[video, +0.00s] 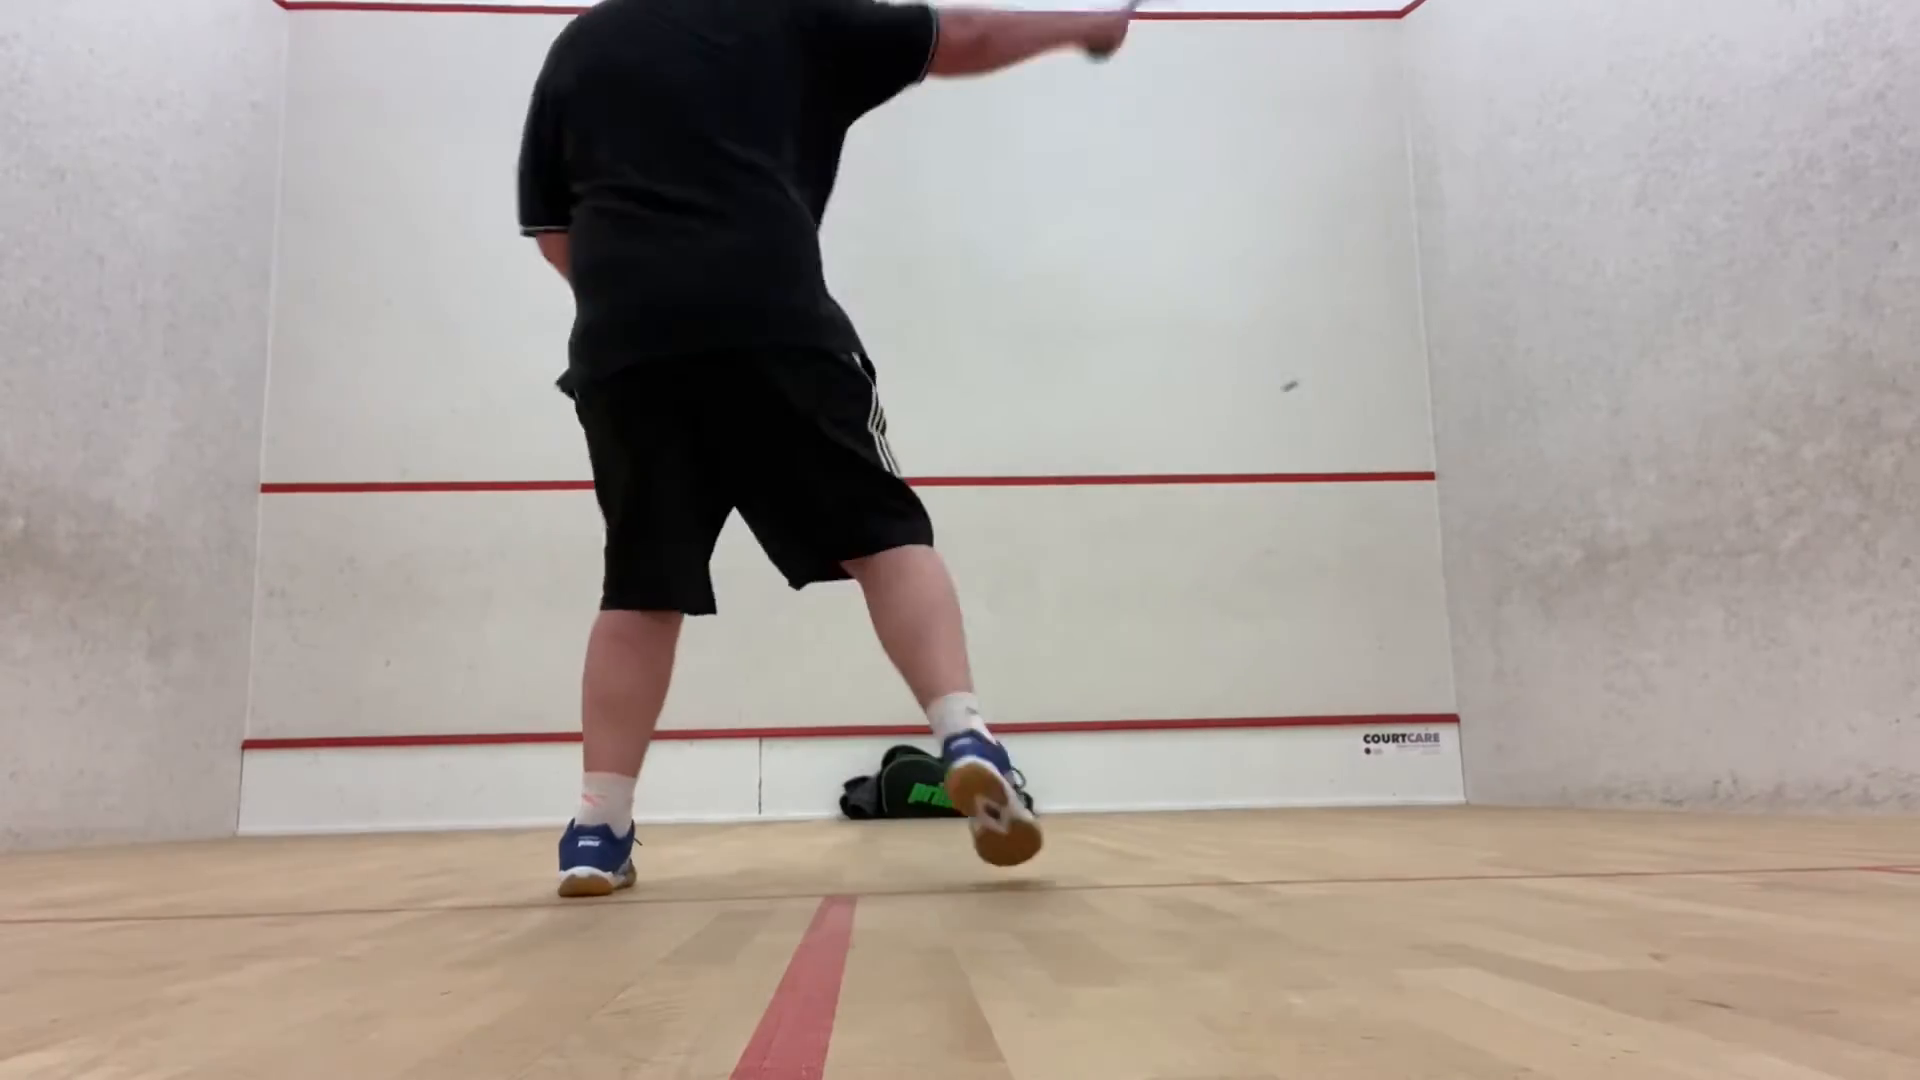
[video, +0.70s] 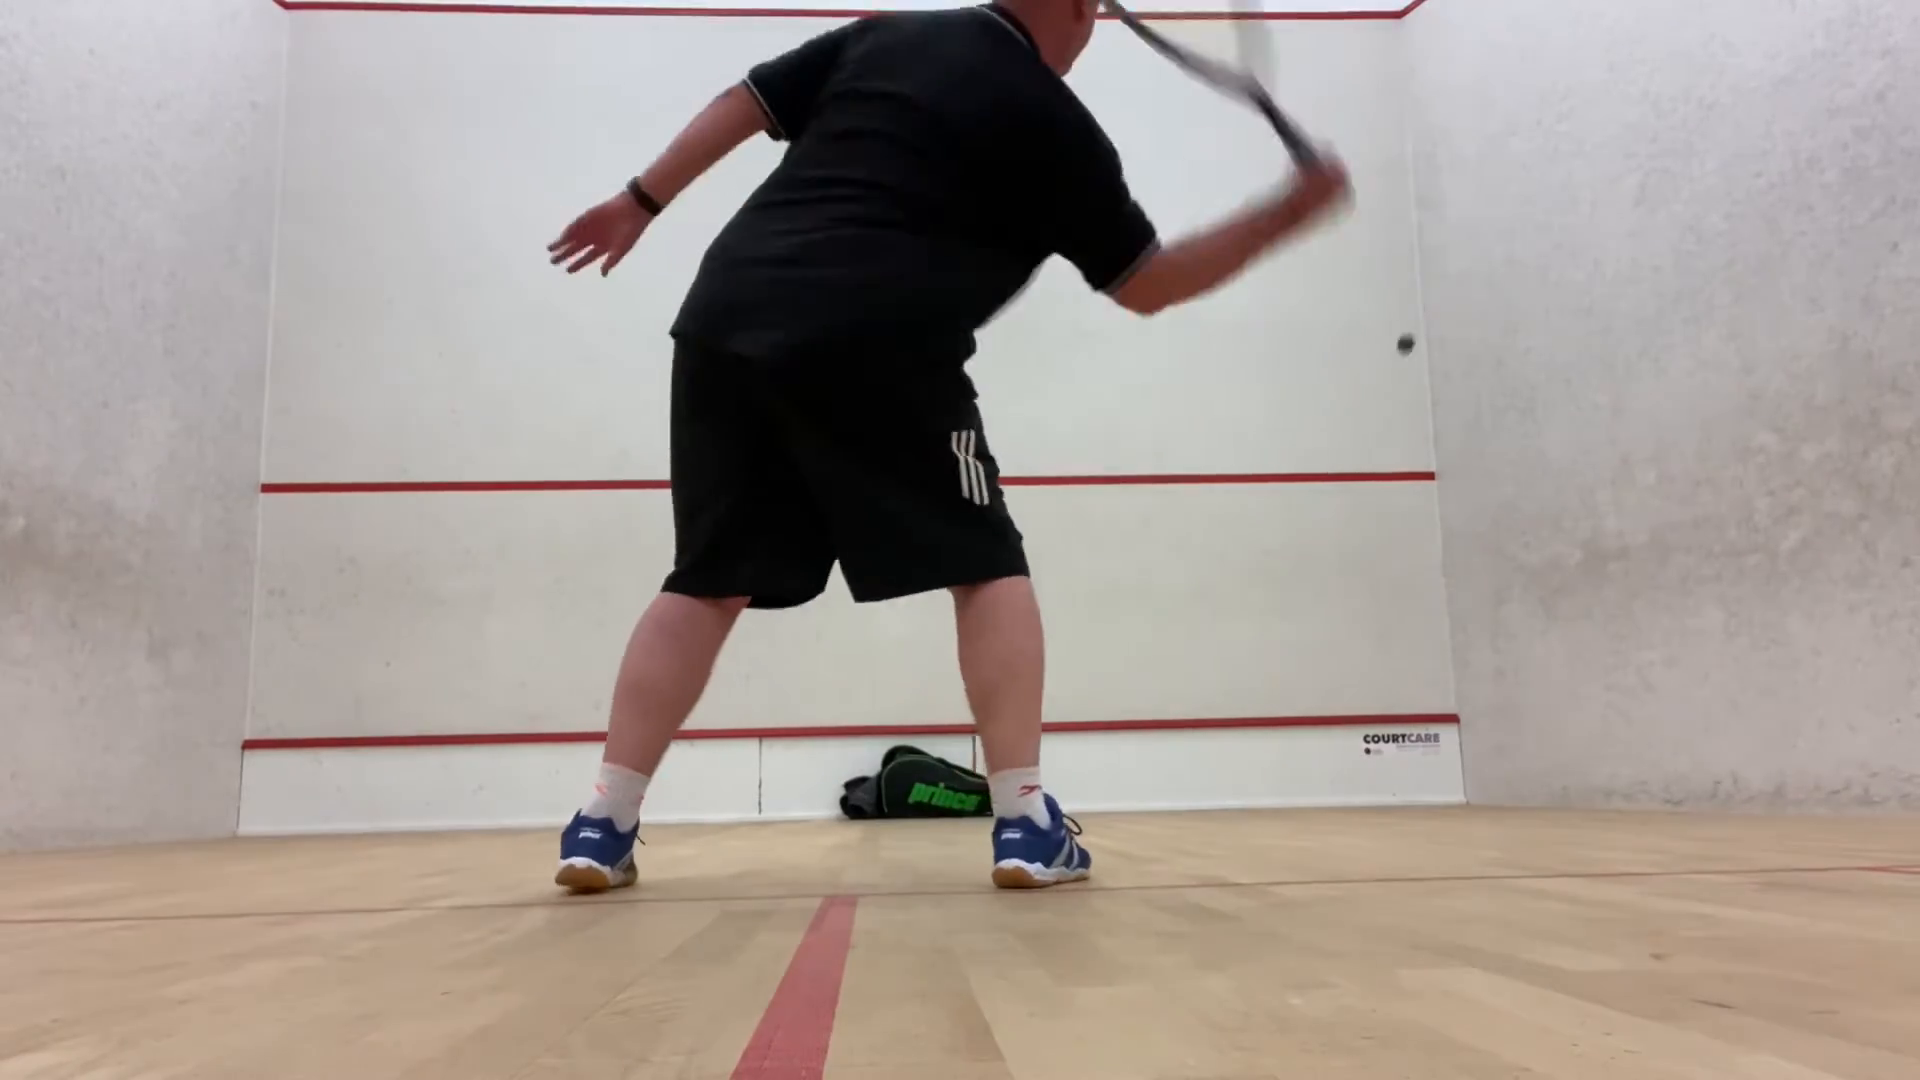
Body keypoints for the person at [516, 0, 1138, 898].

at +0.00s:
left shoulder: (581, 41)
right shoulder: (796, 16)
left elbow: (555, 232)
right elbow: (960, 41)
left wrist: (645, 310)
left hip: (625, 344)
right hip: (778, 322)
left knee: (640, 581)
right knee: (883, 533)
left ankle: (597, 827)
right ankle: (965, 740)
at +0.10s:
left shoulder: (607, 36)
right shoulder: (822, 16)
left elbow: (582, 213)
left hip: (631, 337)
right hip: (784, 323)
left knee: (642, 583)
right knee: (887, 535)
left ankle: (598, 829)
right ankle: (983, 762)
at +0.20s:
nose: (950, 5)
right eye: (947, 0)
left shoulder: (653, 35)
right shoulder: (841, 10)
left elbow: (701, 192)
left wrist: (849, 285)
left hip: (648, 330)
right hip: (791, 321)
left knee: (655, 588)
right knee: (894, 554)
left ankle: (598, 826)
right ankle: (1004, 795)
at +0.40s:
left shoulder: (781, 37)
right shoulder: (869, 28)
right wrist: (910, 346)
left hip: (684, 340)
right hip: (819, 339)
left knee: (707, 597)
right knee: (935, 569)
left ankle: (605, 826)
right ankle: (1015, 816)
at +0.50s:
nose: (1014, 22)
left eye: (1023, 11)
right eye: (1017, 5)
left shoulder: (846, 42)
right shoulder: (912, 40)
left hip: (703, 347)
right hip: (841, 353)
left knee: (720, 596)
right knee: (952, 564)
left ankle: (606, 827)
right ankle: (1019, 820)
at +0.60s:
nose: (1063, 21)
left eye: (1062, 8)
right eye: (1059, 5)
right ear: (1031, 1)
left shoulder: (878, 64)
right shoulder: (981, 59)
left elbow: (763, 139)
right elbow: (1096, 120)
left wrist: (665, 217)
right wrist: (1202, 11)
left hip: (716, 340)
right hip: (867, 358)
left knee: (717, 589)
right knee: (973, 566)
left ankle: (604, 826)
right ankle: (1022, 822)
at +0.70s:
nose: (1090, 33)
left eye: (1093, 16)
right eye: (1091, 15)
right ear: (1063, 11)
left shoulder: (875, 35)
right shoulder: (1052, 121)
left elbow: (742, 104)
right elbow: (1146, 283)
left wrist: (639, 197)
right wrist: (1287, 213)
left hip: (725, 331)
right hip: (880, 352)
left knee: (707, 572)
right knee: (989, 568)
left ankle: (603, 820)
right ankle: (1023, 822)